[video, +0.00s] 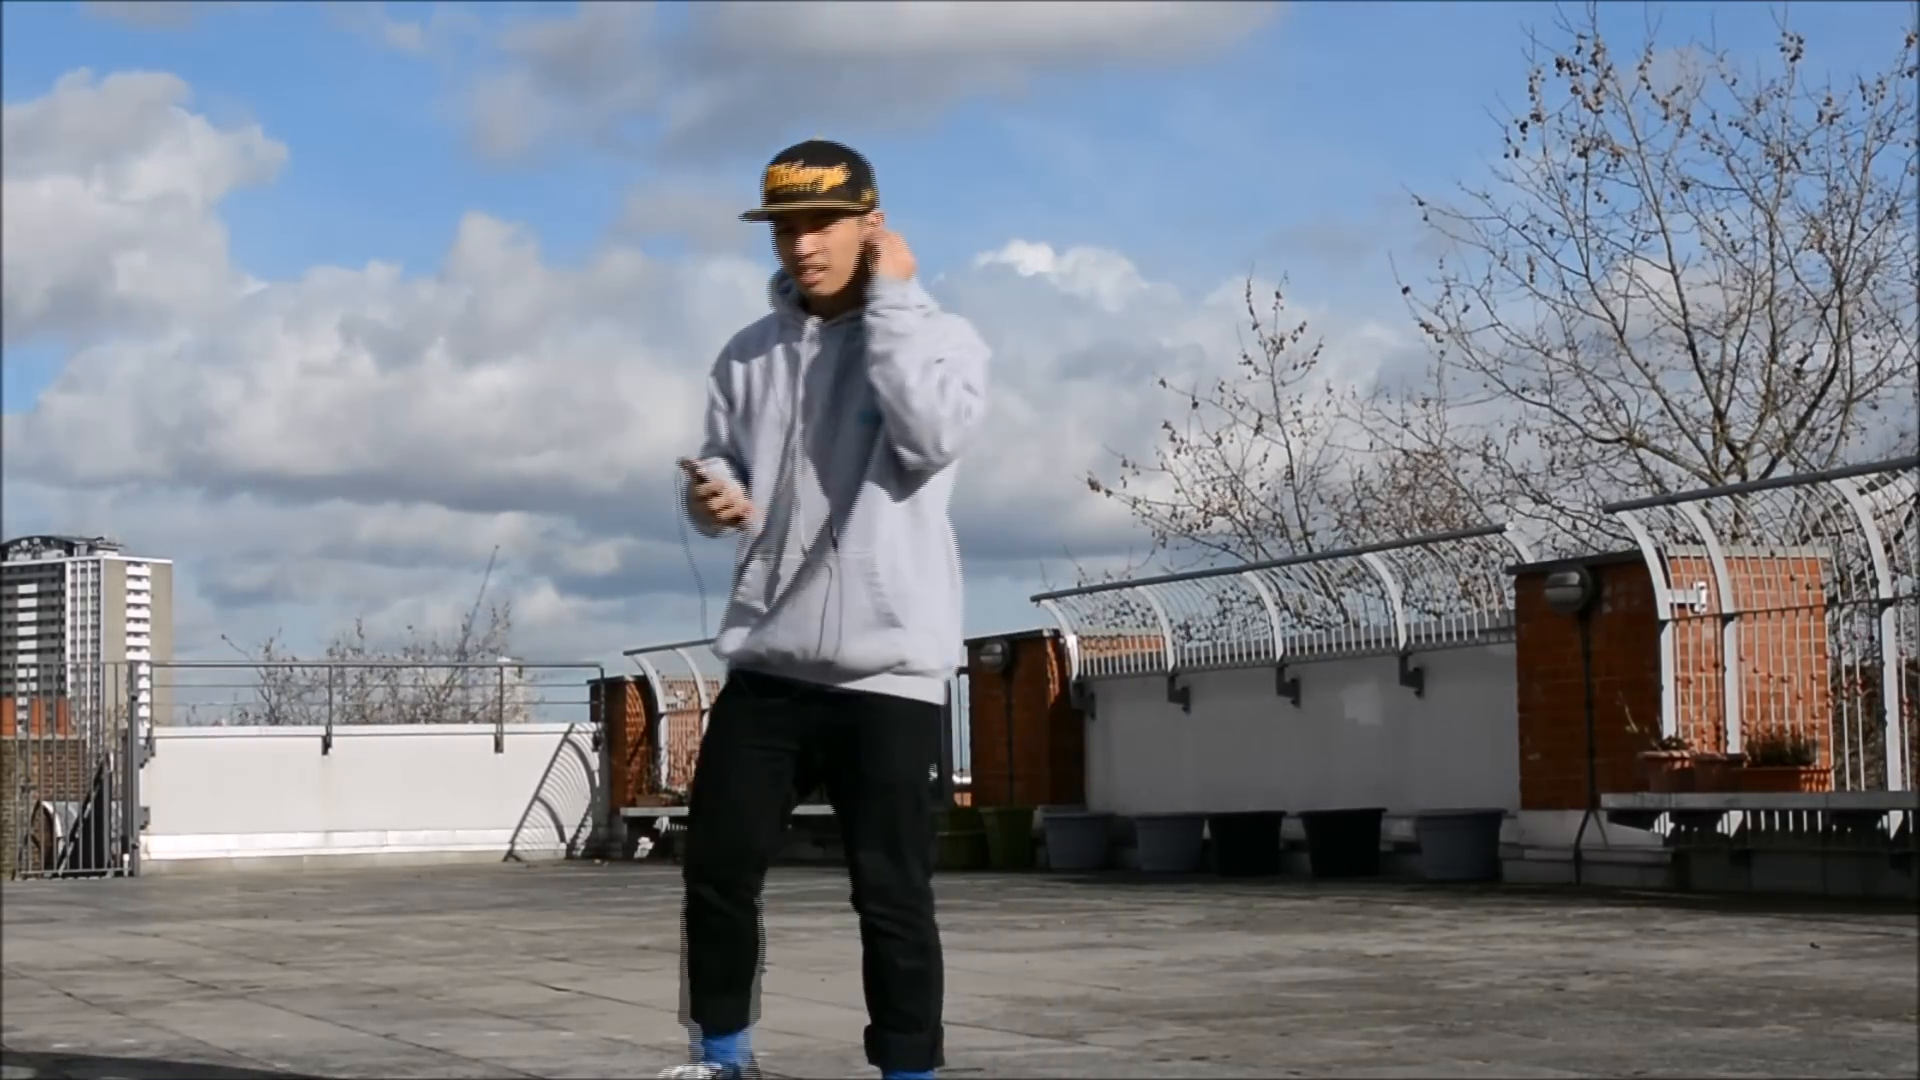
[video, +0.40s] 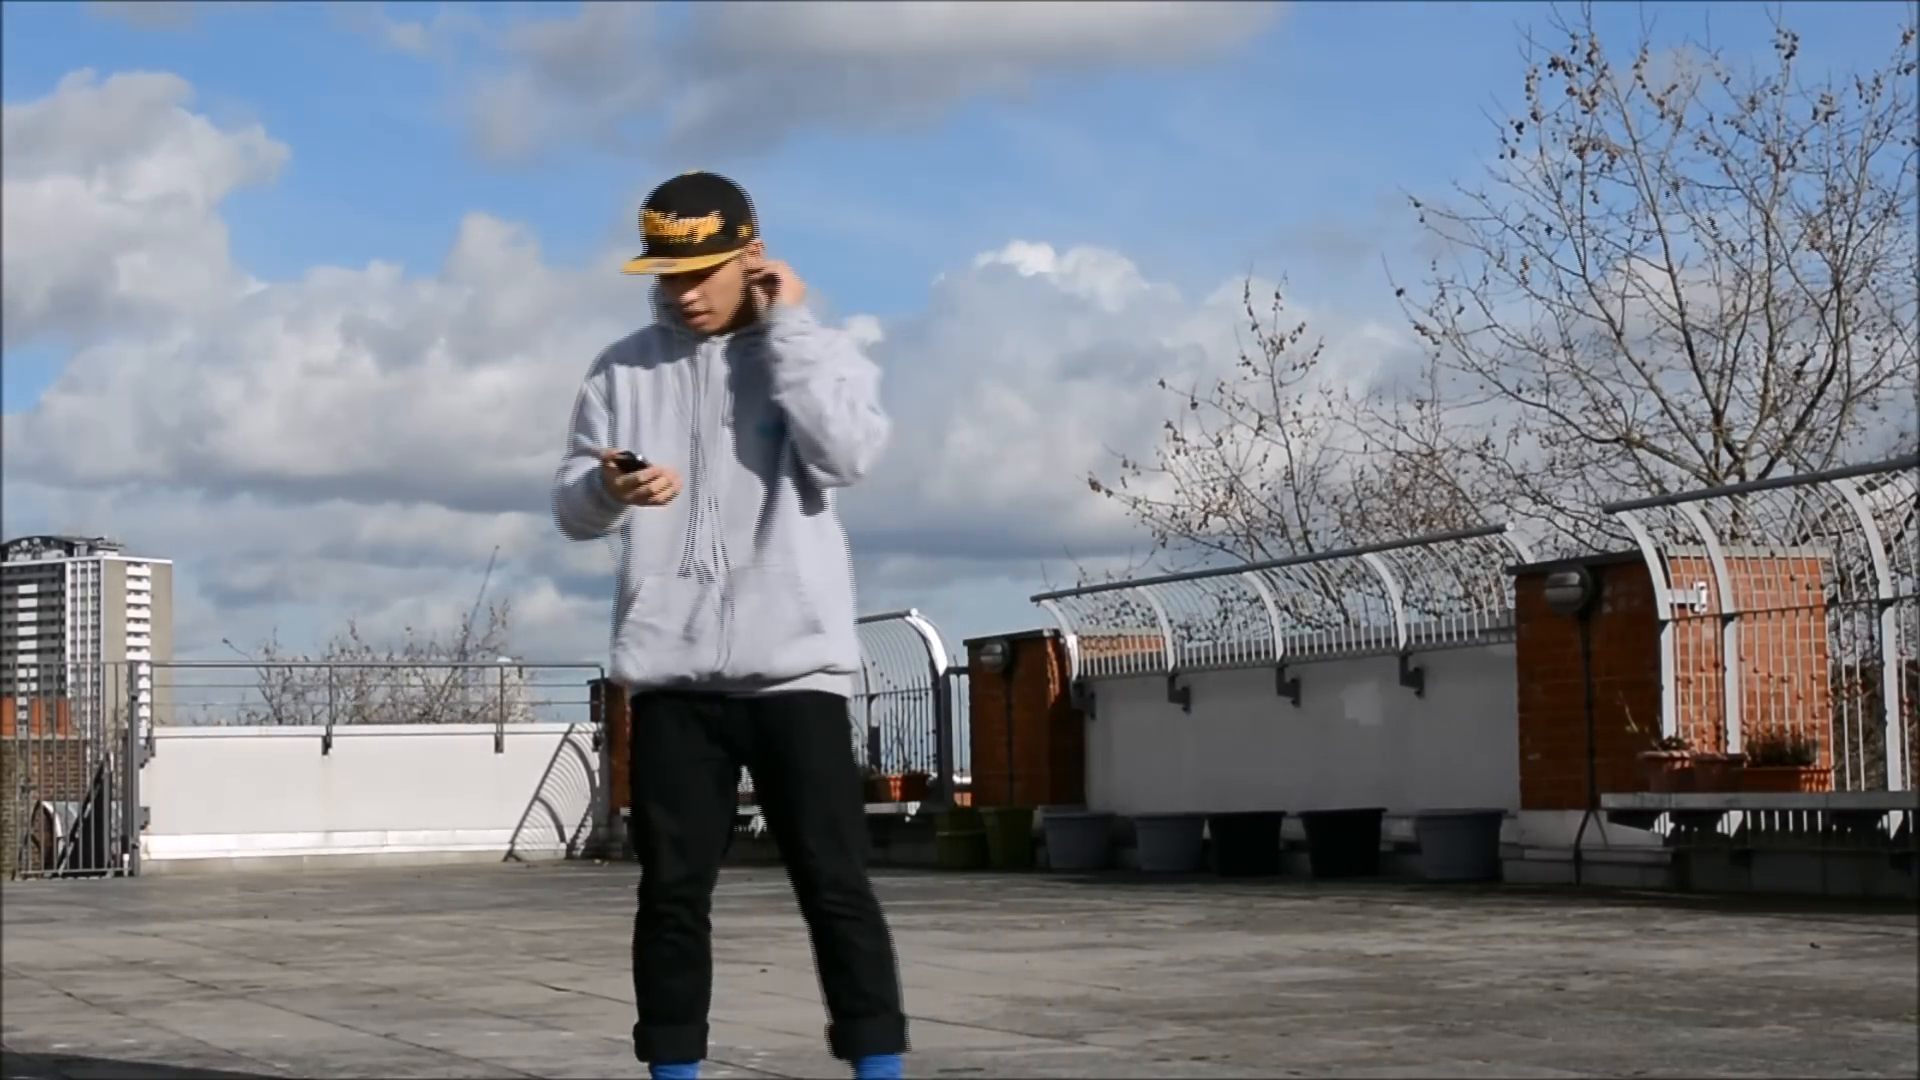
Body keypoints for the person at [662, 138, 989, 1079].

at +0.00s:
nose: (799, 246)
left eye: (820, 226)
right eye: (785, 229)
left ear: (871, 228)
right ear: (774, 238)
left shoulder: (937, 335)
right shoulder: (750, 354)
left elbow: (927, 440)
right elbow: (713, 477)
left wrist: (893, 296)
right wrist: (713, 500)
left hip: (891, 660)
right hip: (771, 657)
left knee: (890, 881)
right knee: (718, 858)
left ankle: (908, 1069)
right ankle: (721, 1055)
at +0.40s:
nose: (681, 295)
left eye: (699, 275)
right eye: (666, 278)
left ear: (751, 258)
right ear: (649, 269)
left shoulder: (813, 344)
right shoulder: (621, 369)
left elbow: (848, 455)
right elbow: (572, 512)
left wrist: (784, 322)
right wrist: (609, 491)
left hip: (795, 663)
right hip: (670, 667)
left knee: (832, 879)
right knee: (672, 886)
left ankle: (877, 1064)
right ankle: (673, 1069)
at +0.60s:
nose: (658, 300)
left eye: (676, 281)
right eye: (641, 284)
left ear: (723, 260)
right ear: (621, 272)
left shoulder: (786, 352)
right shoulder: (593, 373)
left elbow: (827, 460)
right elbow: (546, 511)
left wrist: (758, 335)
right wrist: (590, 486)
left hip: (775, 661)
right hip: (649, 666)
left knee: (800, 875)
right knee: (663, 881)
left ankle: (823, 1060)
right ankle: (671, 1065)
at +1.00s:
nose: (696, 329)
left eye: (712, 311)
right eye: (677, 314)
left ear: (751, 285)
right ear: (652, 291)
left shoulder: (797, 370)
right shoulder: (616, 378)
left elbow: (857, 479)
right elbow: (575, 517)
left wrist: (791, 357)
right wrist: (635, 497)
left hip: (779, 675)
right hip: (662, 676)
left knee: (771, 882)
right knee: (674, 881)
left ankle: (764, 1062)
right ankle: (672, 1064)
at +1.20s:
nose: (726, 330)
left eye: (743, 313)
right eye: (708, 315)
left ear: (777, 290)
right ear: (682, 295)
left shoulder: (822, 375)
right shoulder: (639, 382)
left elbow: (874, 504)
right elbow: (600, 518)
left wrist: (834, 386)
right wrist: (663, 501)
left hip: (795, 675)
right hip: (680, 674)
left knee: (775, 881)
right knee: (682, 879)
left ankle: (761, 1062)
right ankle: (671, 1060)